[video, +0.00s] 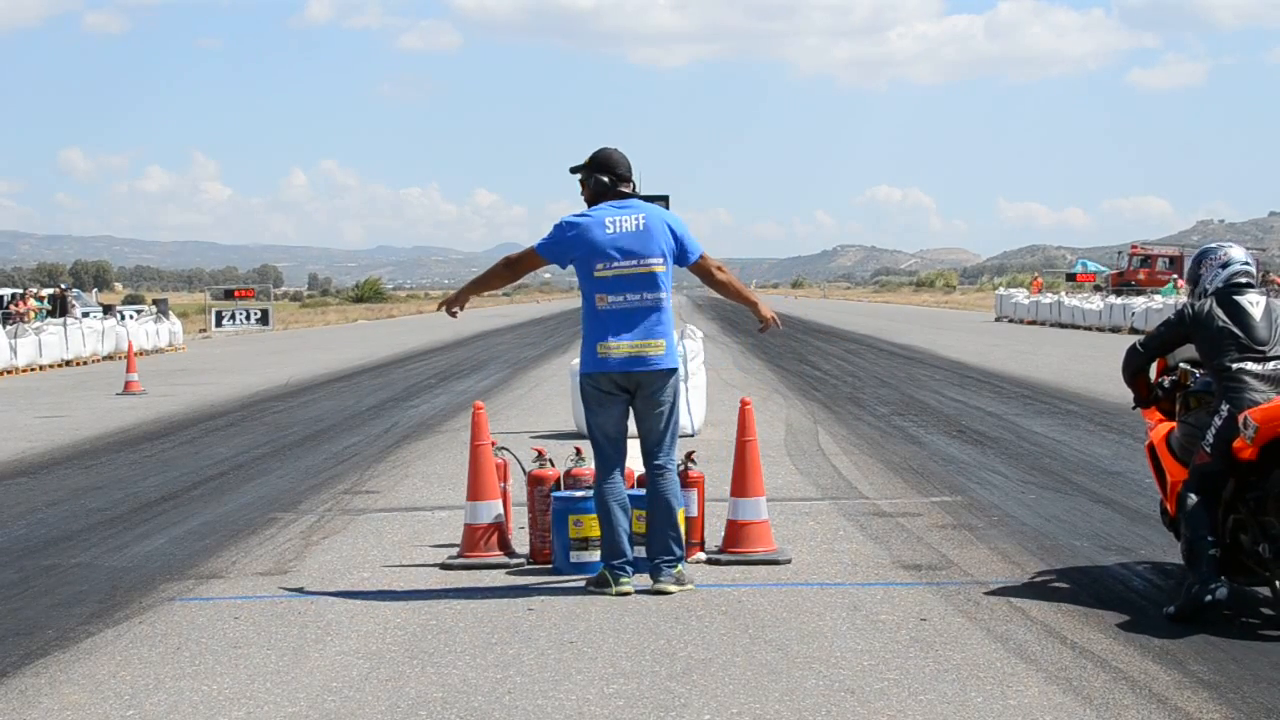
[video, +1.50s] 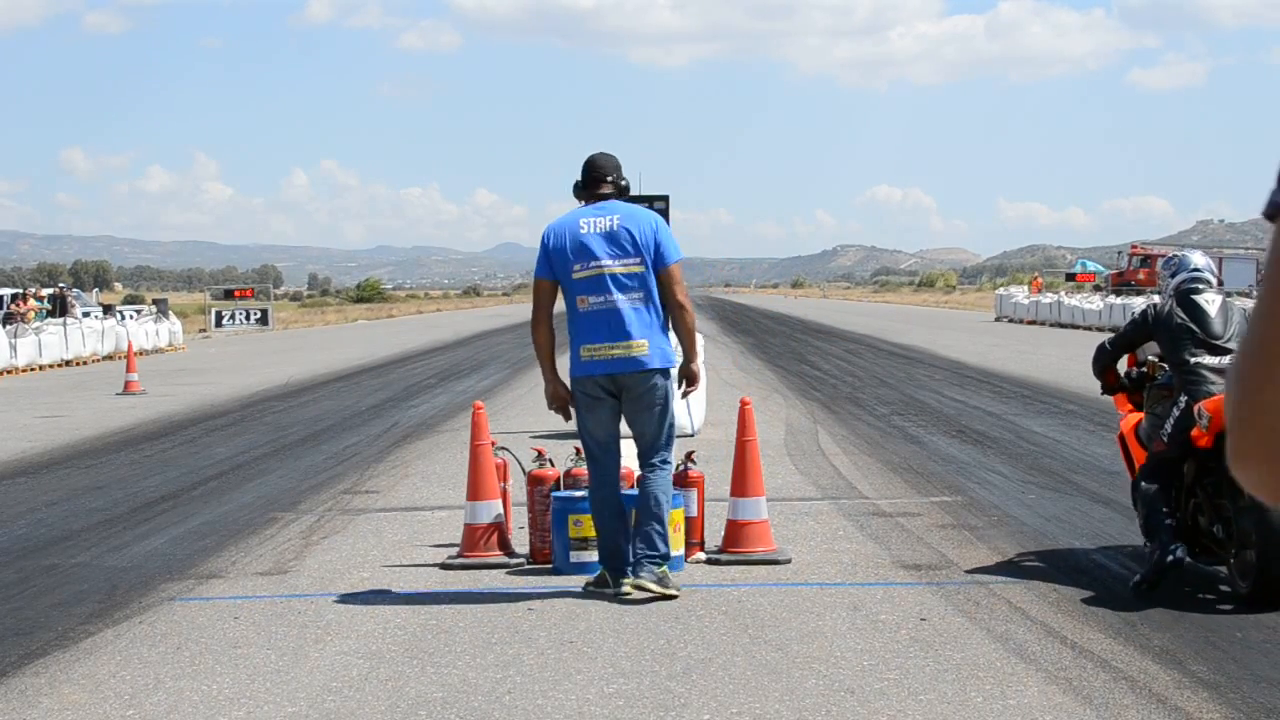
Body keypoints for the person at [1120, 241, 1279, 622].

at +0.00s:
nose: (1191, 286)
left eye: (1193, 278)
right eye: (1192, 279)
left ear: (1205, 275)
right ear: (1245, 269)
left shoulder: (1199, 310)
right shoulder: (1272, 304)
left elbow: (1136, 356)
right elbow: (1259, 354)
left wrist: (1148, 396)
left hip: (1242, 402)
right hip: (1279, 398)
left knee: (1196, 489)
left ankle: (1205, 580)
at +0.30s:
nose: (1192, 283)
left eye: (1194, 276)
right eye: (1192, 277)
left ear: (1205, 273)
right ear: (1245, 270)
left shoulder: (1196, 309)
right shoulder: (1270, 305)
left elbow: (1134, 352)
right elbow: (1257, 353)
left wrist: (1140, 389)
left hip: (1236, 400)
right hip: (1277, 396)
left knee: (1189, 484)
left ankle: (1198, 565)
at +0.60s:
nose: (1184, 284)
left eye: (1186, 278)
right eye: (1185, 278)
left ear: (1196, 276)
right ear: (1236, 273)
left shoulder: (1187, 310)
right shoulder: (1267, 309)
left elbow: (1125, 352)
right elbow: (1274, 351)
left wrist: (1131, 389)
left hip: (1226, 402)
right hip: (1272, 396)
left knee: (1161, 477)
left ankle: (1172, 560)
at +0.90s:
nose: (1171, 284)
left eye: (1172, 278)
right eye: (1172, 278)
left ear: (1179, 277)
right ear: (1222, 275)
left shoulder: (1169, 311)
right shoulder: (1253, 309)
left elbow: (1109, 354)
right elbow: (1277, 343)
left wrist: (1123, 391)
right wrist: (1265, 366)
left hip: (1212, 402)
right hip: (1264, 392)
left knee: (1161, 481)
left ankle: (1165, 569)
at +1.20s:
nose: (1163, 284)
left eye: (1164, 278)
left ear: (1170, 278)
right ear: (1213, 276)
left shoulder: (1161, 311)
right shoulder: (1241, 308)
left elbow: (1099, 356)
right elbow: (1275, 345)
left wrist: (1112, 384)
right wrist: (1263, 369)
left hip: (1203, 397)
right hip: (1255, 390)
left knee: (1160, 476)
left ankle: (1164, 564)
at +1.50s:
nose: (1162, 286)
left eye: (1164, 280)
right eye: (1163, 280)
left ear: (1172, 279)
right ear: (1212, 276)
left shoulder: (1162, 311)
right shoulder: (1241, 311)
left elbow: (1107, 351)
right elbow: (1250, 350)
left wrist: (1111, 380)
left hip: (1199, 402)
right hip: (1244, 400)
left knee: (1149, 478)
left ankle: (1165, 546)